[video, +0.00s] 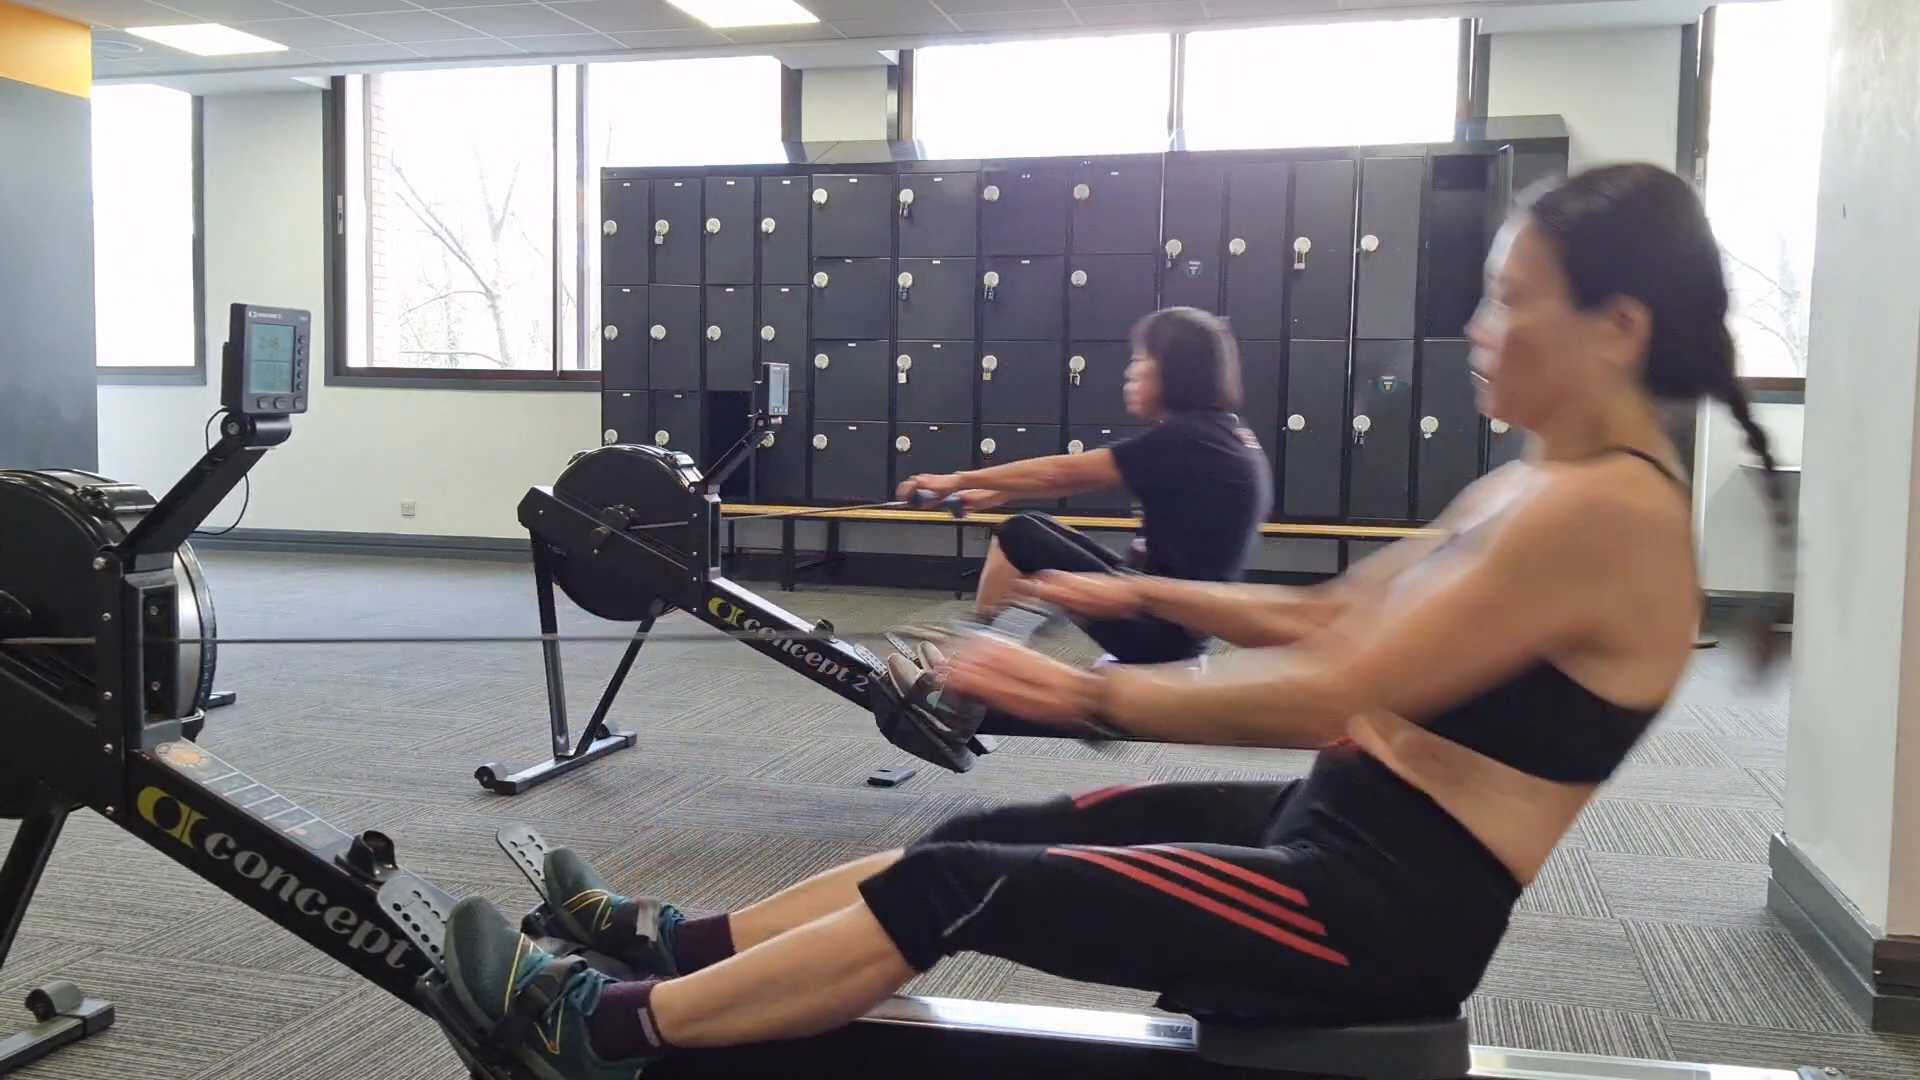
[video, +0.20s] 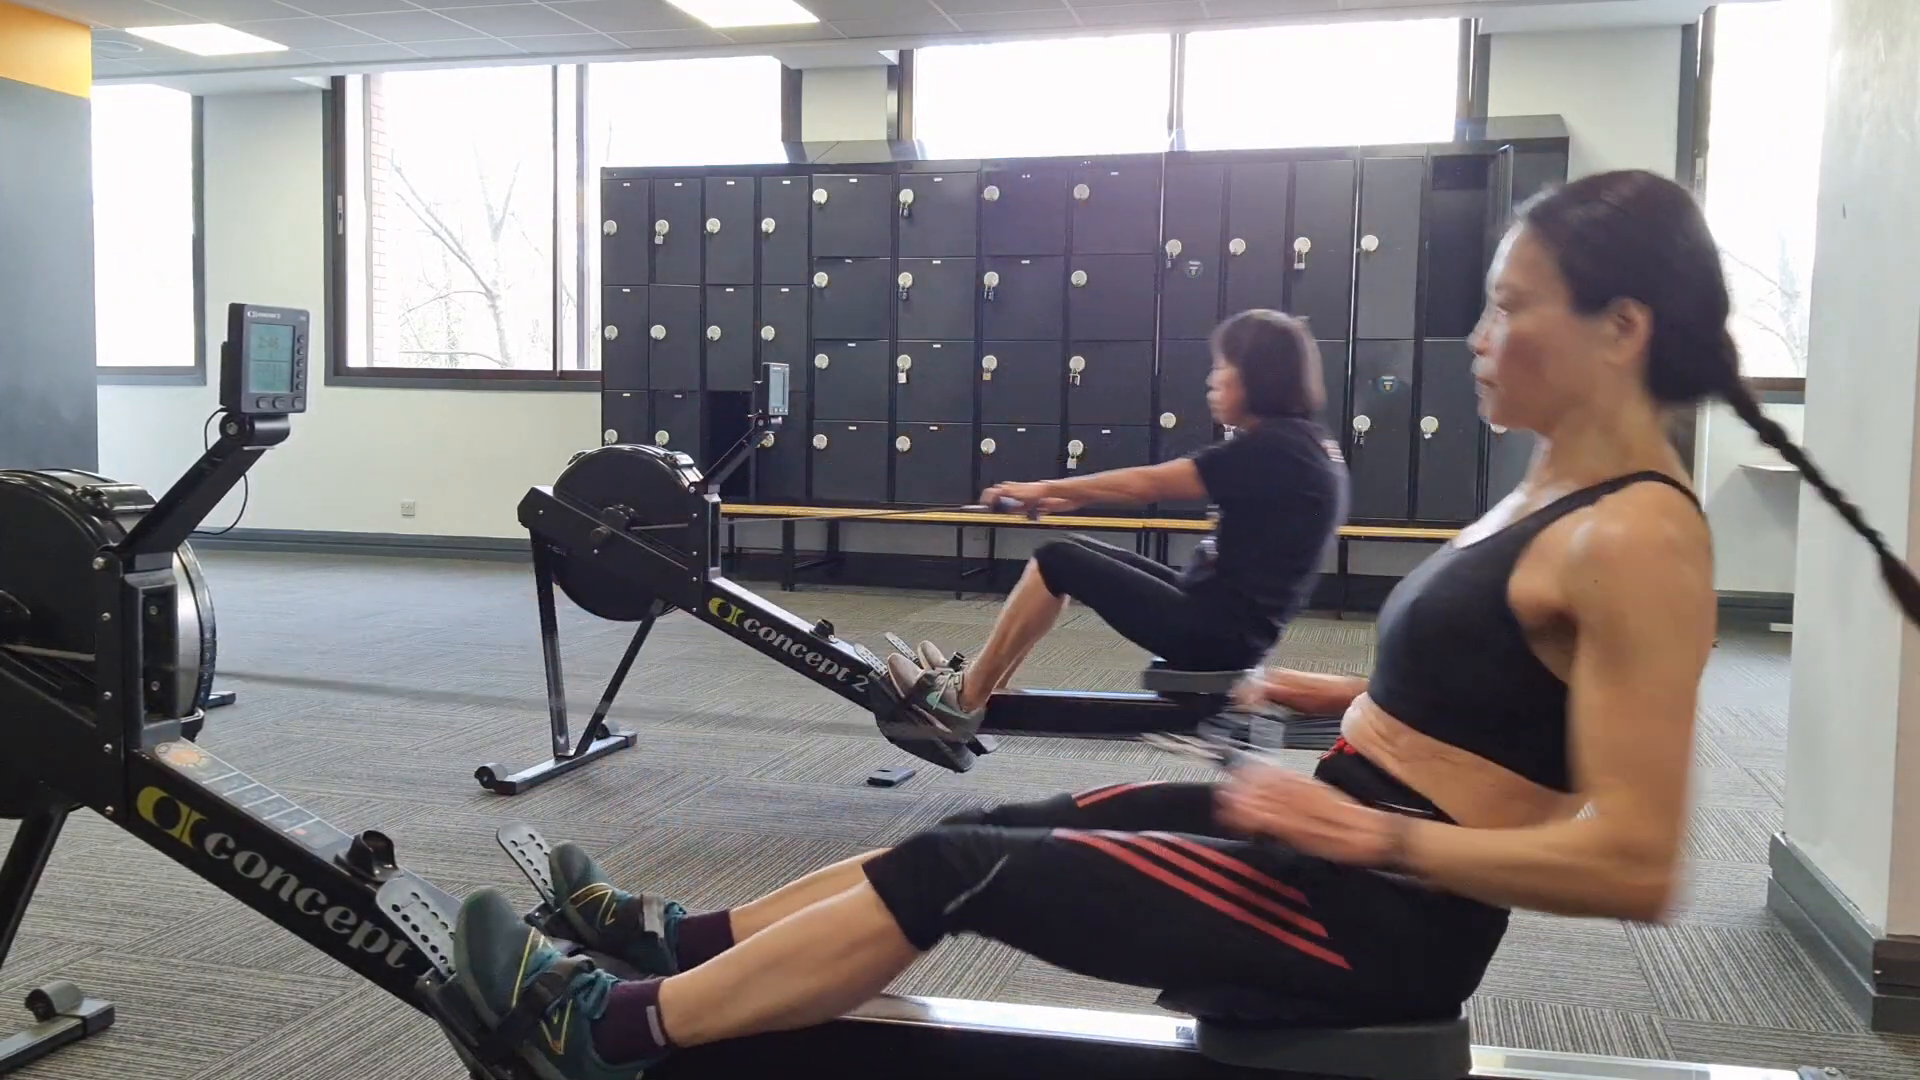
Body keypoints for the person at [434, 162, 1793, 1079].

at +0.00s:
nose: (1481, 333)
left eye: (1511, 306)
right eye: (1489, 303)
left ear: (1619, 328)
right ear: (1585, 327)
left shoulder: (1598, 509)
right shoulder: (1536, 479)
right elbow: (1336, 625)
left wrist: (1089, 697)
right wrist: (1122, 602)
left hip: (1378, 900)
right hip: (1330, 833)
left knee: (969, 874)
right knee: (967, 840)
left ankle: (621, 1029)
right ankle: (669, 953)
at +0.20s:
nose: (1483, 340)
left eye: (1514, 311)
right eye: (1488, 309)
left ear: (1625, 331)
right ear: (1576, 321)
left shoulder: (1639, 536)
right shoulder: (1562, 490)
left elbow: (1636, 857)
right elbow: (1505, 736)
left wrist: (1359, 835)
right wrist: (1337, 711)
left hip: (1380, 925)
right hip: (1334, 838)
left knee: (963, 864)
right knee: (971, 824)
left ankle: (623, 1026)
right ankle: (690, 962)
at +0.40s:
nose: (1401, 305)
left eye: (1428, 276)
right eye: (1408, 277)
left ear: (1532, 298)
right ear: (1494, 306)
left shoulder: (1555, 501)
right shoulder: (1479, 477)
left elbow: (1539, 818)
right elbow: (1428, 723)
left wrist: (1285, 763)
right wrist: (1295, 697)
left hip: (1364, 919)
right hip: (1325, 857)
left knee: (952, 837)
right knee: (956, 808)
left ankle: (621, 1034)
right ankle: (693, 946)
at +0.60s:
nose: (1238, 286)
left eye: (1267, 256)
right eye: (1244, 256)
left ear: (1363, 281)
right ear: (1339, 283)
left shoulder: (1373, 470)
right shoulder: (1353, 451)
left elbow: (1210, 742)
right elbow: (1263, 640)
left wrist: (1002, 663)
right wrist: (1109, 571)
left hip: (1294, 908)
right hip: (1280, 855)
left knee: (910, 788)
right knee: (933, 743)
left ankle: (643, 1026)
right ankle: (699, 968)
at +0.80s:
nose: (1053, 292)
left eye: (1077, 264)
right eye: (1060, 264)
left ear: (1166, 285)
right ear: (1161, 288)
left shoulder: (1152, 468)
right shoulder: (1210, 449)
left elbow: (916, 692)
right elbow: (1075, 597)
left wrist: (731, 677)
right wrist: (874, 581)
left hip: (1176, 914)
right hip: (1209, 868)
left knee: (831, 741)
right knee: (871, 704)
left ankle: (630, 1013)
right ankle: (667, 961)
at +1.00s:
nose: (888, 317)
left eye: (907, 287)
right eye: (893, 288)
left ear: (985, 304)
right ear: (985, 306)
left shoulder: (974, 474)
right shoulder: (1064, 432)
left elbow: (706, 653)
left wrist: (518, 737)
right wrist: (688, 642)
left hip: (1050, 894)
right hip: (1104, 861)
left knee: (731, 692)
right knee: (782, 644)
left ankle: (615, 1011)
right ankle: (695, 937)